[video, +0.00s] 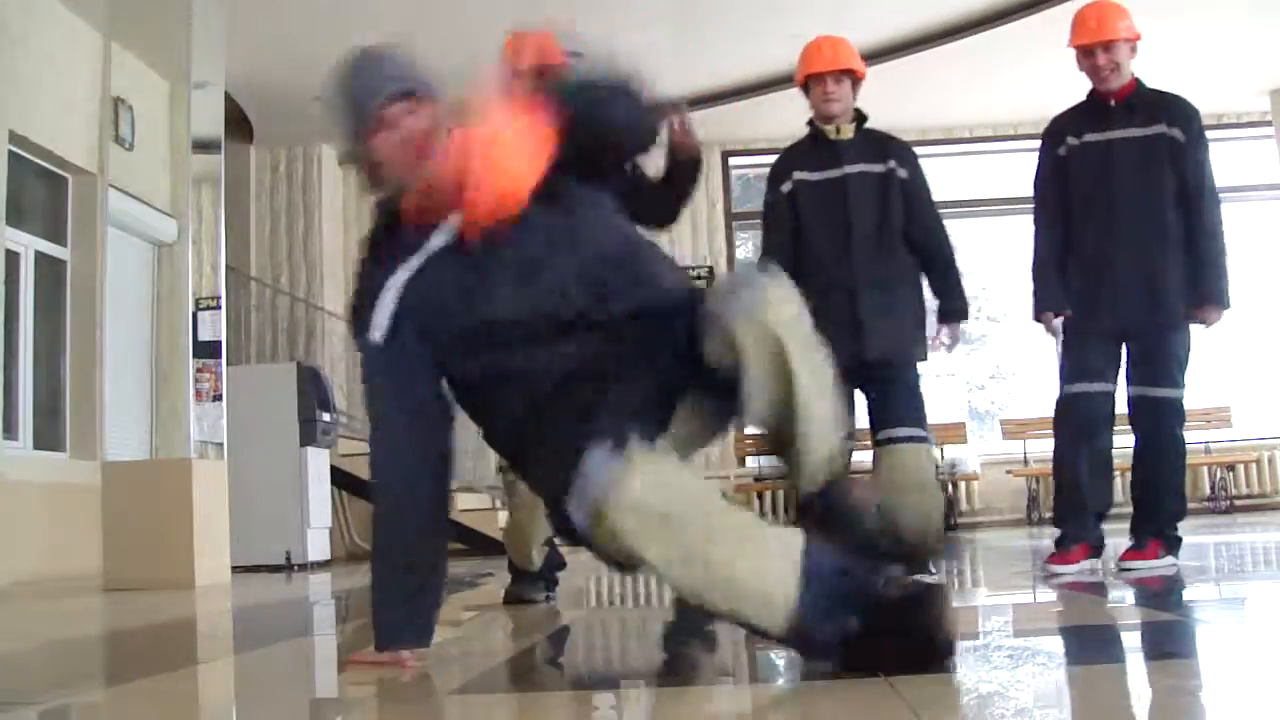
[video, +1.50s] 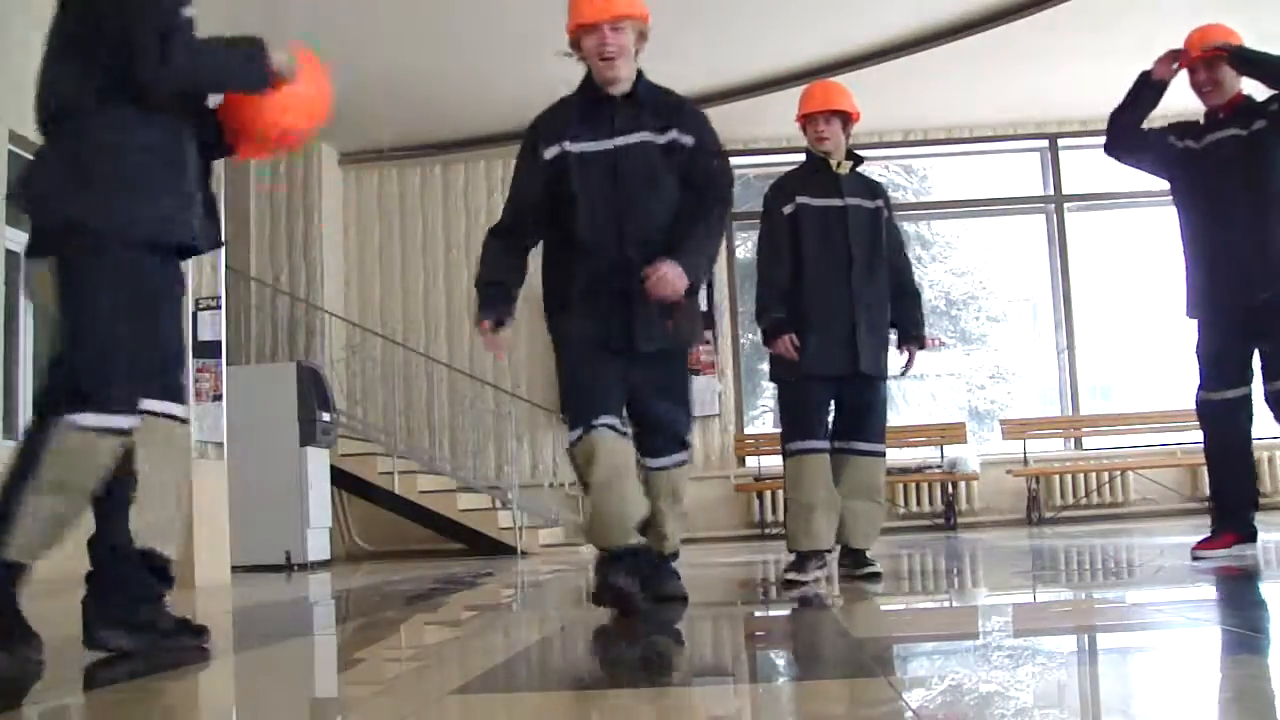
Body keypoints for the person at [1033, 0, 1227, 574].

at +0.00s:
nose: (1101, 59)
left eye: (1110, 47)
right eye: (1089, 51)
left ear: (1132, 46)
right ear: (1077, 57)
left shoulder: (1176, 115)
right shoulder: (1061, 131)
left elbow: (1202, 204)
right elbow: (1048, 219)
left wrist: (1209, 287)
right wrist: (1048, 291)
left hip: (1161, 298)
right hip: (1087, 301)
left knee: (1158, 422)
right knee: (1079, 421)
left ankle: (1155, 538)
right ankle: (1079, 537)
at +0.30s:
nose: (1109, 69)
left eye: (1119, 57)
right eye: (1099, 60)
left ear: (1145, 56)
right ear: (1091, 66)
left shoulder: (1190, 121)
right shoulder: (1083, 140)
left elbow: (1226, 207)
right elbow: (1070, 224)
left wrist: (1246, 283)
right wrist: (1073, 290)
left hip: (1171, 296)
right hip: (1106, 301)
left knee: (1159, 409)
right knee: (1106, 406)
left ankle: (1161, 540)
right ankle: (1155, 519)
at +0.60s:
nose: (1127, 93)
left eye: (1135, 81)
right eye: (1117, 85)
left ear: (1161, 77)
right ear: (1109, 89)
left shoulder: (1203, 133)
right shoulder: (1113, 160)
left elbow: (1243, 191)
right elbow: (1098, 238)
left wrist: (1200, 216)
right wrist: (1087, 305)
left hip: (1197, 301)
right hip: (1143, 306)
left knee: (1175, 411)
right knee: (1177, 416)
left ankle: (1159, 535)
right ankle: (1231, 526)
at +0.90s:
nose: (1145, 93)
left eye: (1154, 81)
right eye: (1136, 86)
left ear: (1179, 78)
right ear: (1130, 93)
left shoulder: (1214, 130)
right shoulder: (1141, 162)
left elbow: (1263, 135)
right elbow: (1121, 232)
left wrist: (1196, 89)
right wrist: (1071, 264)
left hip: (1225, 292)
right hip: (1175, 301)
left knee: (1208, 404)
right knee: (1188, 410)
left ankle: (1217, 528)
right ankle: (1232, 527)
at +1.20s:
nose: (1167, 85)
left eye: (1176, 73)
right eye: (1159, 77)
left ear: (1201, 75)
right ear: (1153, 86)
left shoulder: (1239, 127)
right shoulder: (1148, 155)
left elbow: (1271, 102)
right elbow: (1093, 175)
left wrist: (1204, 66)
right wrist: (1103, 117)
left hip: (1247, 294)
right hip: (1186, 306)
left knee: (1266, 413)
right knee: (1204, 423)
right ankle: (1232, 530)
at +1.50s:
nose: (1203, 77)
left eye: (1212, 64)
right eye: (1195, 69)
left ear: (1238, 67)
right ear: (1189, 79)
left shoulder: (1271, 119)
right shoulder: (1178, 142)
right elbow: (1119, 141)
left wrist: (1238, 55)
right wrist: (1153, 82)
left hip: (1275, 294)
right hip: (1219, 301)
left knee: (1279, 401)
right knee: (1221, 414)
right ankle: (1233, 526)